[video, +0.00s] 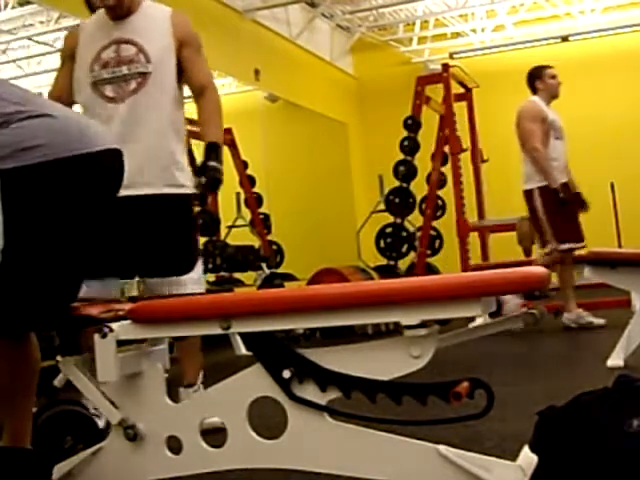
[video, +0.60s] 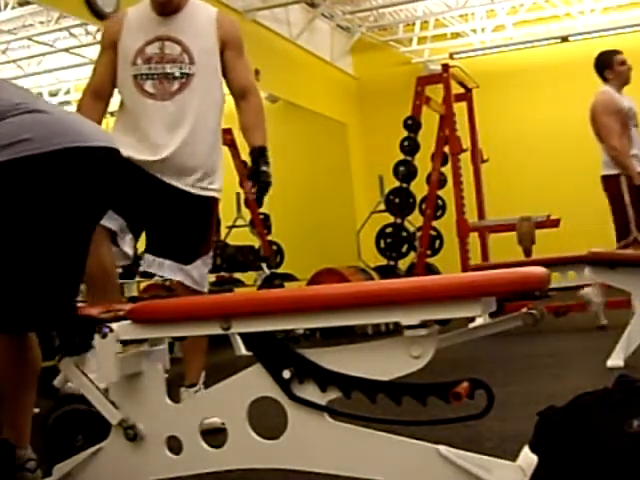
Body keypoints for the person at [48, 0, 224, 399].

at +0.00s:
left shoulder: (174, 25)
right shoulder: (78, 38)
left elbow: (205, 91)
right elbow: (55, 105)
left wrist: (212, 158)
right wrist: (35, 157)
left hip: (167, 184)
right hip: (99, 189)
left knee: (183, 304)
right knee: (94, 304)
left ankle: (191, 398)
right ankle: (95, 401)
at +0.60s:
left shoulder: (221, 26)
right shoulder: (120, 26)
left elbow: (246, 95)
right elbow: (95, 96)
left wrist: (260, 156)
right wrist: (73, 152)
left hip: (193, 181)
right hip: (126, 171)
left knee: (190, 294)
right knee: (93, 236)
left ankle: (193, 390)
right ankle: (113, 346)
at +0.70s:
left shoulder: (223, 27)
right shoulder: (124, 24)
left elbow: (247, 96)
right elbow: (98, 93)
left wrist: (255, 162)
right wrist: (75, 149)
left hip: (194, 180)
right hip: (128, 168)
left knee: (192, 293)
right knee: (89, 224)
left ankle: (195, 390)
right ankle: (117, 333)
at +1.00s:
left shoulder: (223, 32)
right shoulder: (120, 24)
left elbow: (246, 100)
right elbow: (92, 89)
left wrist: (256, 161)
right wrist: (76, 158)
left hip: (192, 189)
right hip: (126, 183)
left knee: (195, 304)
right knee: (109, 294)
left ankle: (195, 395)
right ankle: (117, 391)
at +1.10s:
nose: (180, 2)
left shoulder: (216, 33)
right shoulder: (113, 20)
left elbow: (237, 102)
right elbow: (87, 90)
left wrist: (254, 158)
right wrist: (92, 151)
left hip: (194, 190)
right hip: (129, 190)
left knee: (200, 306)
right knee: (133, 309)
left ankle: (197, 397)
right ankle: (138, 404)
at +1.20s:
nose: (183, 7)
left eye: (190, 2)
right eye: (176, 0)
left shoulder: (210, 33)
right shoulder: (111, 22)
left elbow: (230, 102)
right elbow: (85, 94)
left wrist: (248, 159)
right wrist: (102, 163)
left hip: (194, 190)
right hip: (128, 191)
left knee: (207, 307)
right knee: (132, 314)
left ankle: (202, 399)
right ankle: (137, 411)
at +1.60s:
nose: (238, 86)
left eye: (248, 80)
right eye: (235, 75)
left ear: (259, 72)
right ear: (218, 52)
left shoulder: (257, 89)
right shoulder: (161, 76)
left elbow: (259, 153)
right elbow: (138, 167)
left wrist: (247, 212)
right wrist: (144, 250)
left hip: (209, 196)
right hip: (150, 193)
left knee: (229, 302)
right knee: (146, 306)